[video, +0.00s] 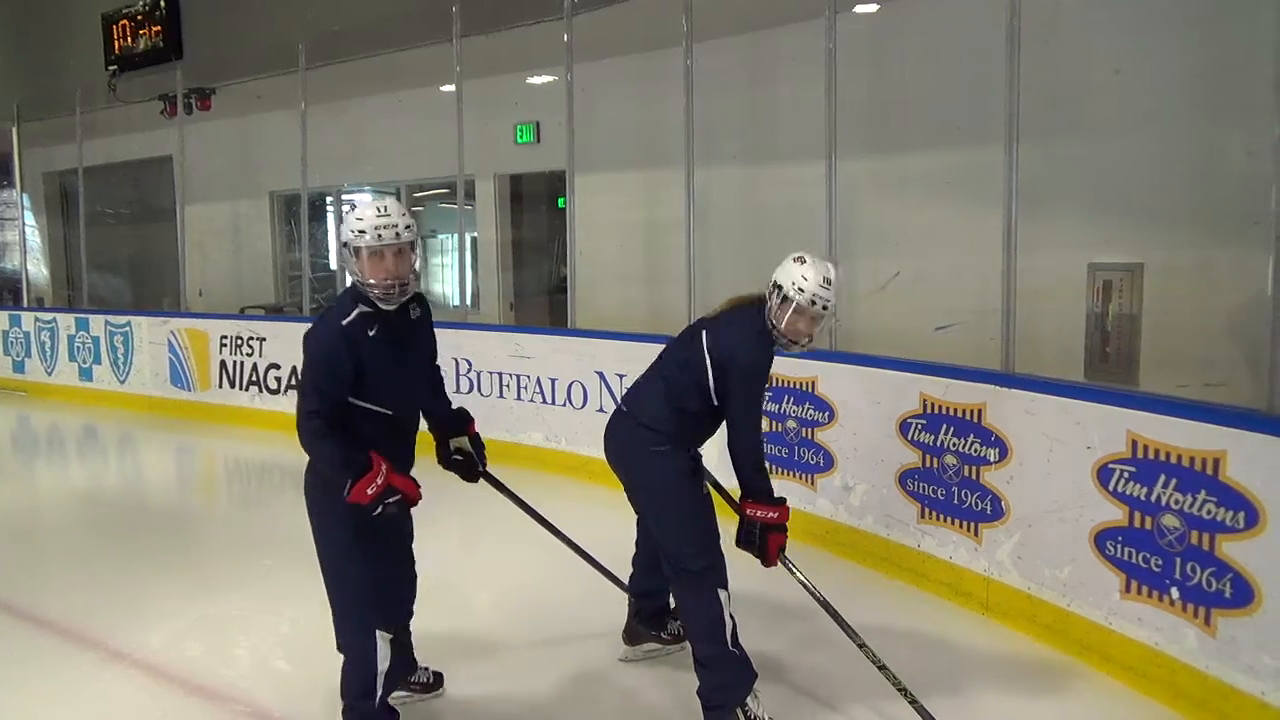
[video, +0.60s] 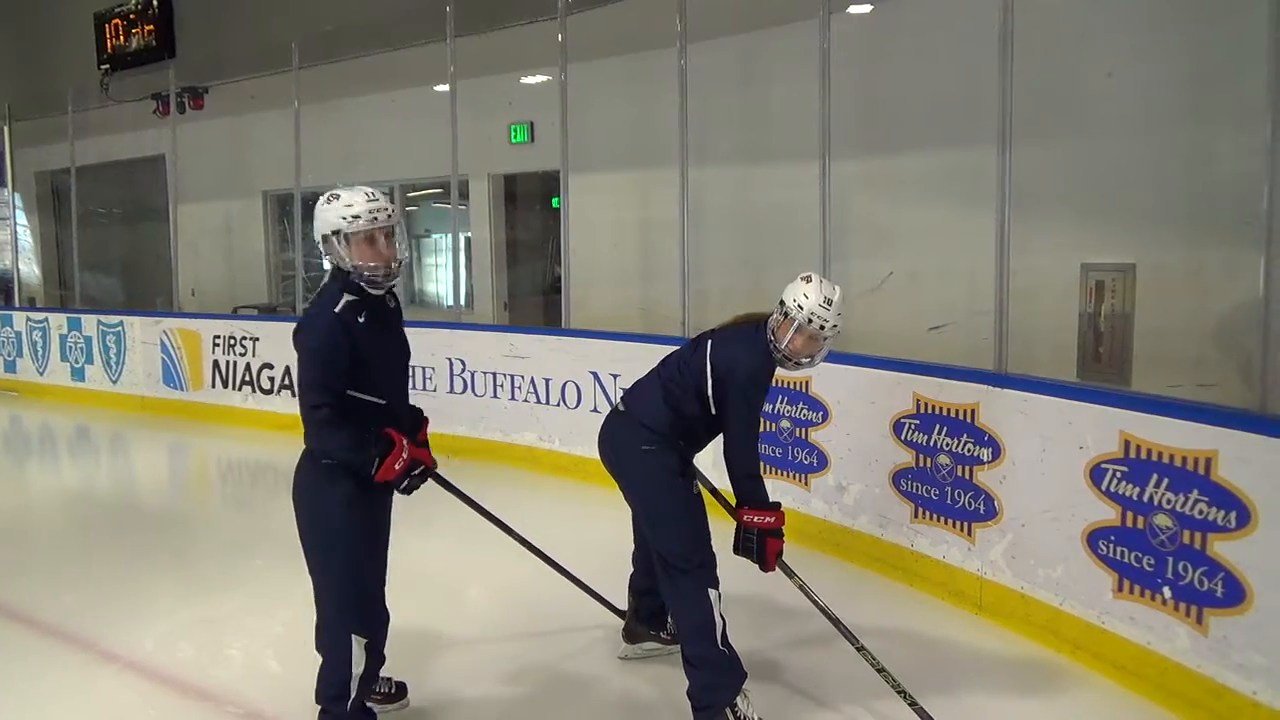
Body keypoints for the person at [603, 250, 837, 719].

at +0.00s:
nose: (800, 325)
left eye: (812, 318)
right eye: (796, 311)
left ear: (823, 320)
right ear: (775, 298)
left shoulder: (743, 319)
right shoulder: (750, 343)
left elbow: (685, 373)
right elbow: (744, 434)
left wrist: (684, 443)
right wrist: (762, 504)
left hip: (632, 432)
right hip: (657, 444)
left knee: (660, 529)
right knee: (700, 569)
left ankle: (647, 620)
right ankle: (727, 701)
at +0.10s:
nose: (800, 339)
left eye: (813, 333)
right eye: (796, 324)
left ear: (824, 338)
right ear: (778, 311)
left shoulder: (747, 330)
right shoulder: (751, 355)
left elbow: (688, 379)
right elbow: (742, 442)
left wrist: (681, 446)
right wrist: (760, 512)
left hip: (632, 434)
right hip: (653, 446)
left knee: (661, 534)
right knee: (698, 569)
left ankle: (646, 624)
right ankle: (725, 702)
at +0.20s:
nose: (799, 343)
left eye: (813, 339)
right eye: (796, 329)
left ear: (825, 345)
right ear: (781, 316)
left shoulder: (751, 335)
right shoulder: (753, 360)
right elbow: (742, 446)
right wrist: (761, 515)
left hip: (632, 434)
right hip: (651, 446)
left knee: (658, 535)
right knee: (695, 568)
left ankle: (644, 625)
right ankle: (722, 702)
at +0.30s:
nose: (800, 344)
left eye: (814, 339)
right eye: (797, 329)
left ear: (827, 345)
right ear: (782, 317)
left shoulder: (751, 336)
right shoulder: (754, 361)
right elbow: (743, 445)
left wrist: (678, 447)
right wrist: (760, 516)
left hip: (631, 434)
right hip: (651, 446)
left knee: (658, 535)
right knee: (693, 568)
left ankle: (644, 625)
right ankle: (720, 702)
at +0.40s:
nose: (800, 344)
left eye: (813, 339)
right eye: (797, 329)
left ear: (826, 344)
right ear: (781, 316)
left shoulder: (752, 335)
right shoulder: (752, 360)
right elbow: (742, 446)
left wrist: (679, 447)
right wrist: (758, 515)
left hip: (631, 433)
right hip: (650, 445)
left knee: (657, 535)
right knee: (693, 567)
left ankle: (643, 625)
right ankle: (719, 702)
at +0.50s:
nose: (803, 344)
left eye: (815, 338)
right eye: (799, 330)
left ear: (826, 342)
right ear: (781, 318)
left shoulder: (751, 337)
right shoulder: (752, 359)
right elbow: (741, 445)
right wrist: (758, 515)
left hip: (630, 434)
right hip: (652, 446)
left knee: (656, 533)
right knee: (693, 569)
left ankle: (644, 623)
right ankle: (718, 703)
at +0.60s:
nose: (802, 345)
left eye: (814, 338)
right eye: (798, 331)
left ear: (826, 342)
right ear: (780, 318)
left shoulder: (751, 336)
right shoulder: (750, 359)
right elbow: (741, 447)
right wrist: (759, 515)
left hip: (630, 433)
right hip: (649, 445)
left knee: (657, 532)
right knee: (692, 568)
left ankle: (645, 622)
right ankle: (717, 702)